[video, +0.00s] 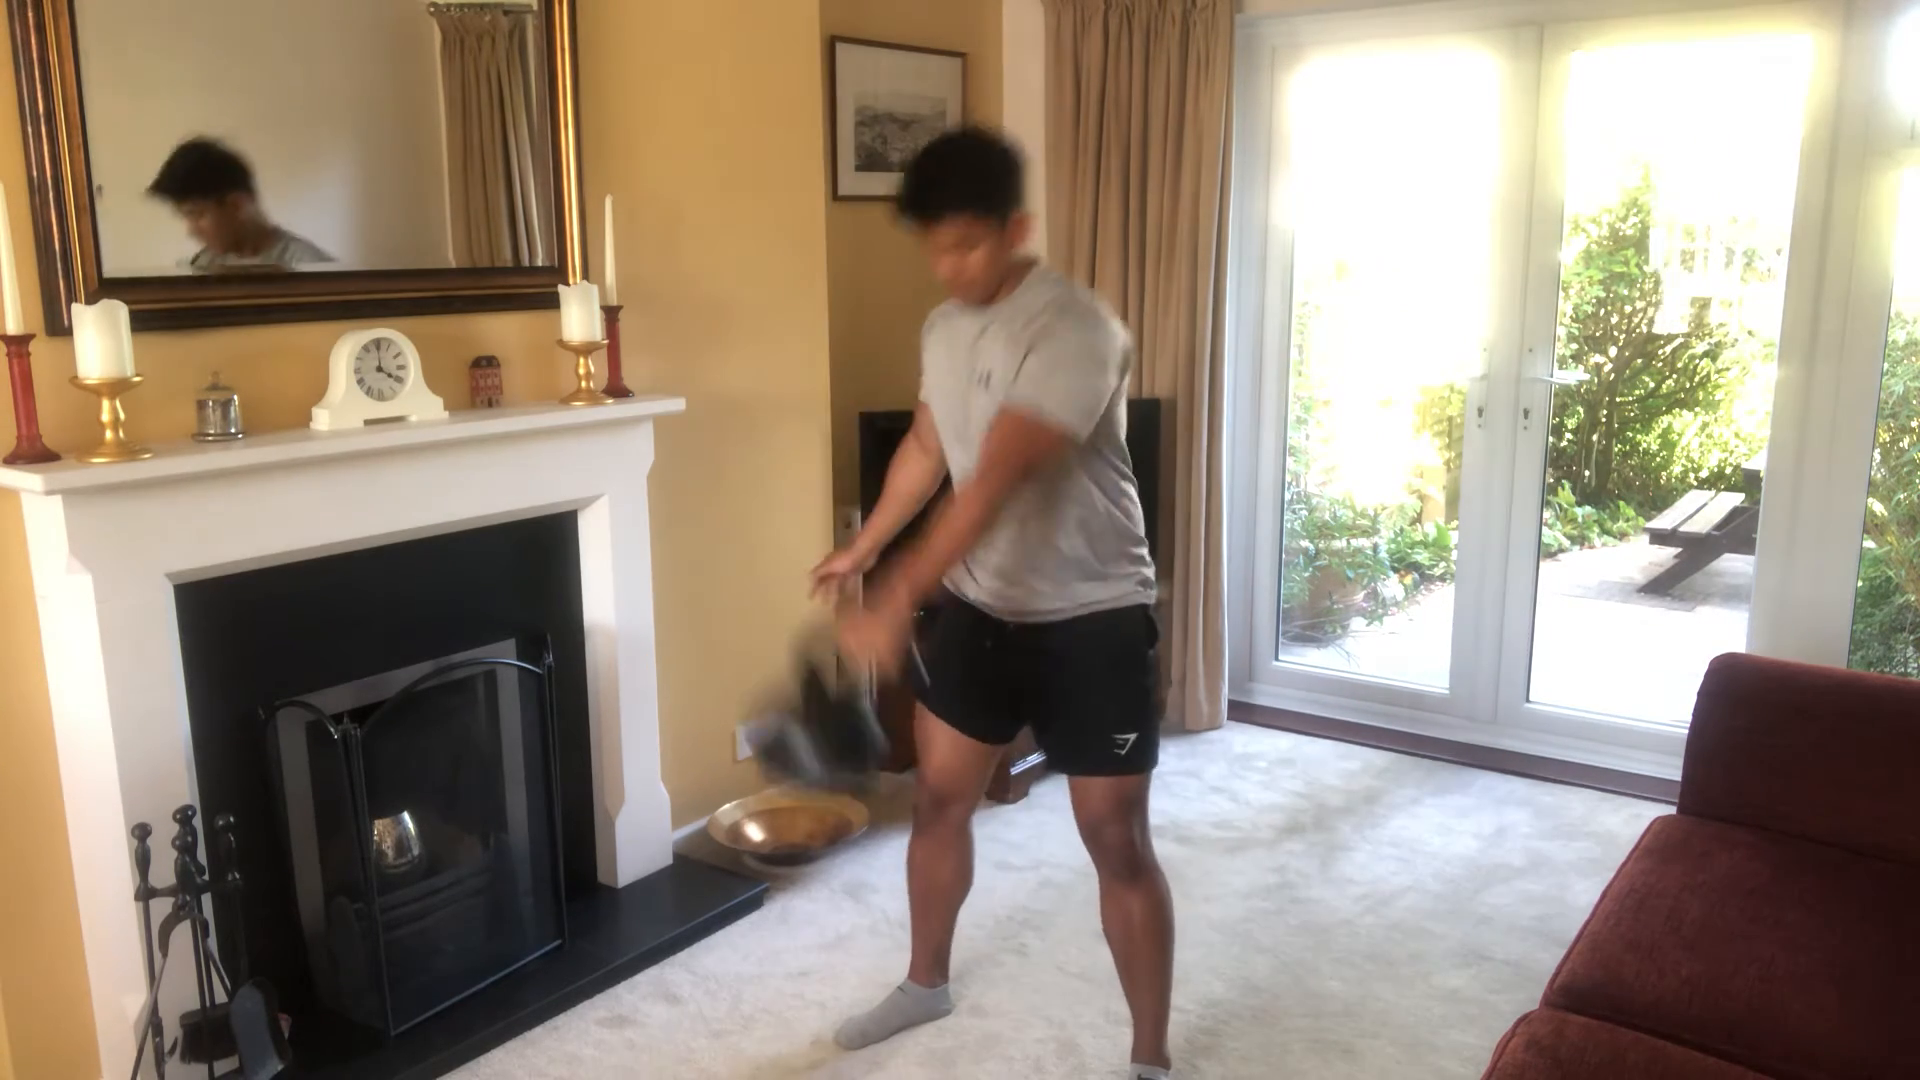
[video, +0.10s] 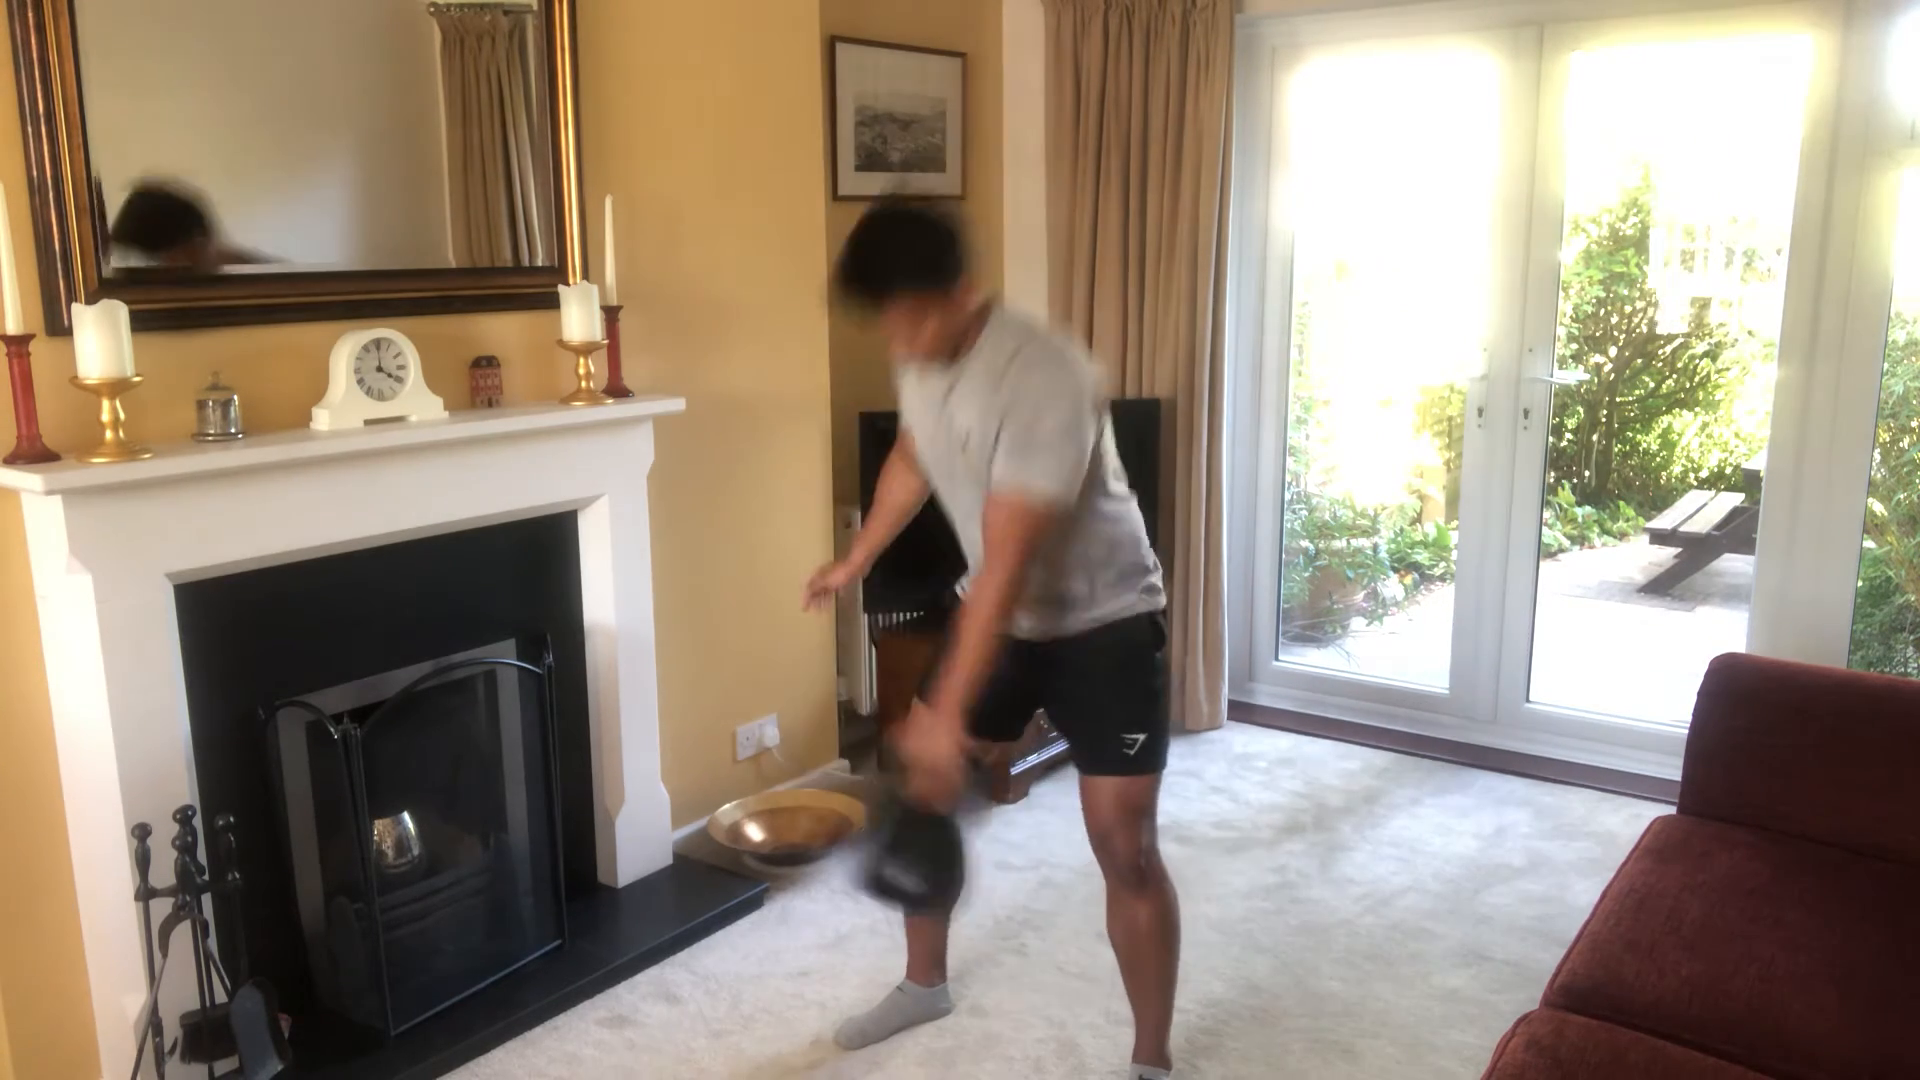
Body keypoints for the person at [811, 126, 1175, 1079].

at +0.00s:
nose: (949, 265)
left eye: (967, 243)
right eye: (935, 247)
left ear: (1019, 229)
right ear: (921, 241)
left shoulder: (1079, 327)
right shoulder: (946, 327)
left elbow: (996, 477)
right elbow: (926, 445)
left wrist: (897, 600)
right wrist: (864, 544)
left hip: (1093, 616)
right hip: (976, 608)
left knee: (1116, 839)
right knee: (938, 800)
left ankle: (1151, 1056)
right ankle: (926, 983)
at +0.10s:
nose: (895, 332)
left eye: (905, 311)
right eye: (884, 315)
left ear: (955, 291)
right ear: (885, 304)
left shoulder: (1045, 372)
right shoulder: (920, 360)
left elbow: (1004, 565)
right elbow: (916, 460)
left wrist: (946, 712)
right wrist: (856, 559)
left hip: (1105, 619)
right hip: (1001, 612)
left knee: (1124, 844)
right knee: (925, 774)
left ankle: (1152, 1057)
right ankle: (924, 981)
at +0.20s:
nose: (847, 456)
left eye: (849, 438)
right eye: (836, 441)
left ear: (890, 409)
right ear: (887, 399)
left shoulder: (1013, 467)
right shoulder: (908, 423)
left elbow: (1019, 642)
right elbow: (899, 502)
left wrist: (1005, 768)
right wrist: (870, 585)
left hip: (1115, 639)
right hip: (1005, 632)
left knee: (1129, 857)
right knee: (909, 801)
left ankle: (1153, 1061)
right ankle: (923, 983)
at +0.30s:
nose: (834, 584)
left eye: (834, 574)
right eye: (826, 577)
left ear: (871, 538)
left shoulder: (996, 567)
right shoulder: (879, 472)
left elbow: (1035, 693)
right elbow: (902, 546)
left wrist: (1053, 770)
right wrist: (891, 606)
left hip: (1118, 648)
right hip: (1007, 640)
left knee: (1128, 866)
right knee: (897, 805)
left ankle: (1153, 1062)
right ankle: (923, 984)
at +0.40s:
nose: (844, 690)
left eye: (837, 682)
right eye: (829, 689)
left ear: (858, 641)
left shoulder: (992, 654)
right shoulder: (850, 543)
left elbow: (1065, 743)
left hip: (1122, 655)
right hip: (1007, 650)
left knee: (1130, 867)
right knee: (894, 807)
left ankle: (1154, 1061)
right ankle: (924, 984)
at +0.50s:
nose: (845, 729)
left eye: (842, 718)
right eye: (834, 725)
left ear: (870, 670)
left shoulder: (995, 672)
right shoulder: (843, 567)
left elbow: (1069, 745)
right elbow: (897, 691)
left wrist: (1026, 775)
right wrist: (986, 771)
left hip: (1122, 645)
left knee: (1131, 861)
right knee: (895, 805)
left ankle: (1156, 1059)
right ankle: (924, 984)